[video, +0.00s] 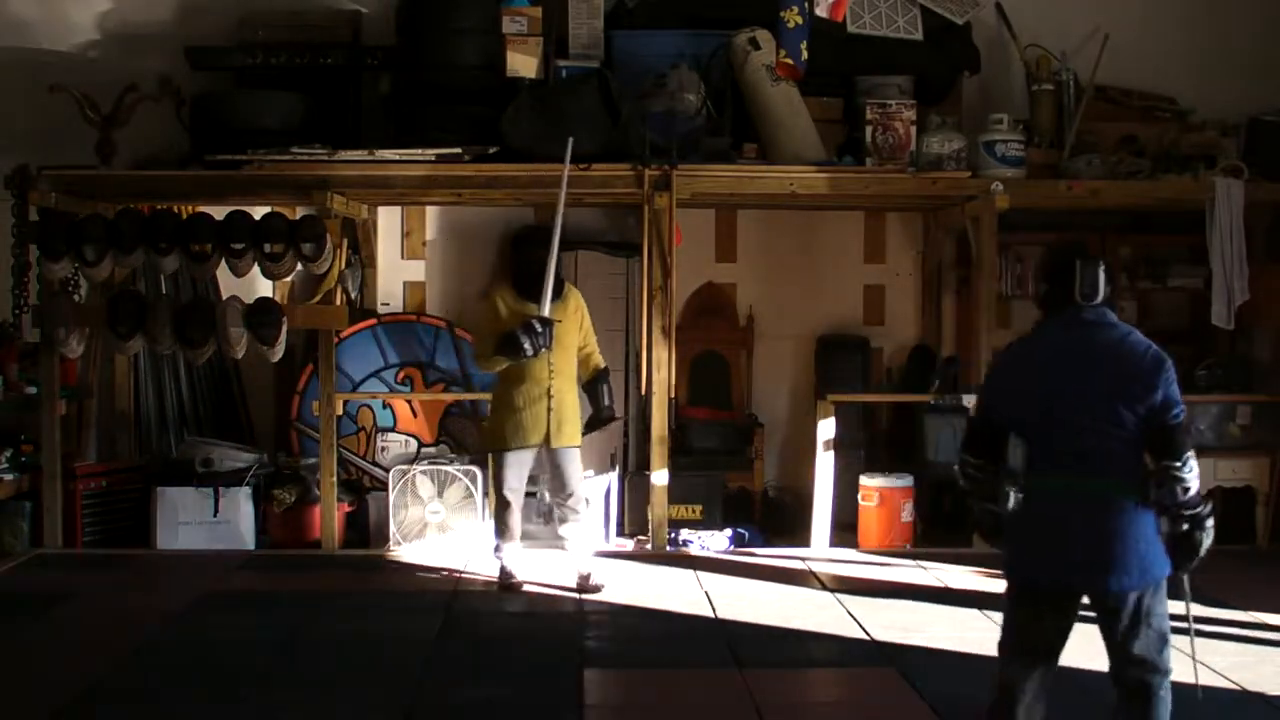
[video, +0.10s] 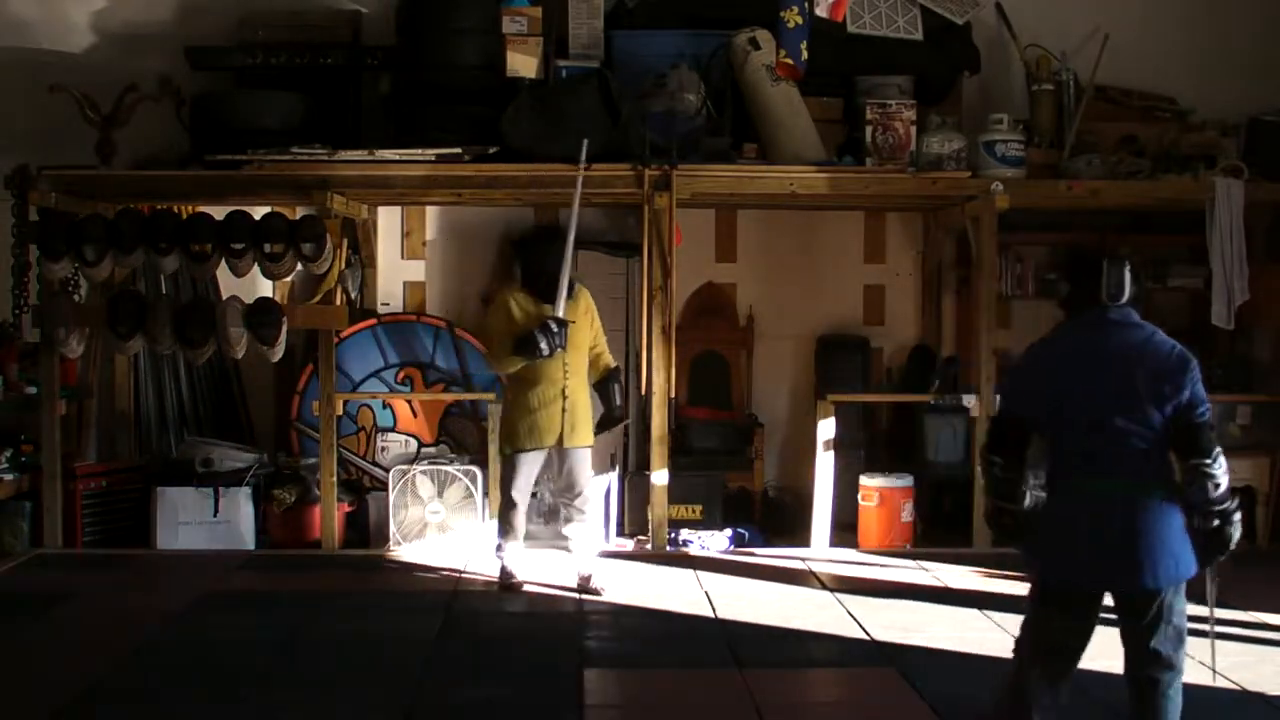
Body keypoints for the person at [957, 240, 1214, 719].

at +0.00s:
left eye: (1044, 288)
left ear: (1044, 292)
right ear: (1104, 291)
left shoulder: (1018, 358)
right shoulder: (1145, 359)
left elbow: (980, 453)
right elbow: (1175, 464)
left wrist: (989, 516)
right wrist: (1190, 523)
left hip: (1041, 530)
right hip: (1124, 535)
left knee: (1022, 670)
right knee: (1145, 678)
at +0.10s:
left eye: (1062, 290)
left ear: (1070, 293)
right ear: (1128, 291)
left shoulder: (1045, 355)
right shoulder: (1170, 358)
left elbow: (1005, 448)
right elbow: (1202, 458)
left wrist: (1006, 513)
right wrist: (1216, 522)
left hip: (1068, 529)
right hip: (1150, 532)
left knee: (1042, 660)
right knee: (1157, 670)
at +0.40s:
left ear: (1117, 289)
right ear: (1172, 288)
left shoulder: (1088, 352)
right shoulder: (1207, 355)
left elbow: (1044, 439)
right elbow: (1242, 444)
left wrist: (1052, 494)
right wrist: (1250, 494)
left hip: (1101, 519)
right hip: (1179, 521)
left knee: (1101, 658)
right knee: (1172, 659)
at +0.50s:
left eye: (1127, 284)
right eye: (1175, 284)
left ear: (1123, 288)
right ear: (1179, 289)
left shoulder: (1093, 352)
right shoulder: (1211, 357)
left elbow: (1050, 440)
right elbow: (1244, 449)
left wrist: (1062, 489)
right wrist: (1258, 470)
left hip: (1106, 520)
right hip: (1182, 523)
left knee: (1112, 655)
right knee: (1175, 660)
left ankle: (1122, 717)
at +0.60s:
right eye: (1176, 285)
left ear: (1124, 289)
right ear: (1179, 290)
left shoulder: (1094, 353)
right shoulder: (1210, 357)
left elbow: (1054, 440)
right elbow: (1246, 455)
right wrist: (1263, 455)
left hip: (1112, 518)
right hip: (1187, 521)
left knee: (1118, 647)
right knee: (1178, 652)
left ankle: (1123, 715)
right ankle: (1167, 719)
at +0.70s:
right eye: (1173, 283)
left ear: (1122, 289)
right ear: (1178, 288)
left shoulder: (1095, 352)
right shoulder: (1212, 352)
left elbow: (1055, 443)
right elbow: (1254, 446)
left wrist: (1059, 499)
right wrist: (1262, 448)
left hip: (1116, 515)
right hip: (1190, 518)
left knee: (1120, 648)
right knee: (1180, 651)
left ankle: (1122, 715)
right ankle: (1168, 718)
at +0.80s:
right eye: (1171, 283)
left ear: (1119, 290)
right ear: (1175, 288)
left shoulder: (1094, 353)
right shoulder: (1212, 349)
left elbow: (1058, 444)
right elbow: (1257, 440)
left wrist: (1064, 502)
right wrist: (1264, 434)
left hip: (1123, 512)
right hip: (1197, 514)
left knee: (1124, 646)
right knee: (1195, 644)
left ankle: (1129, 714)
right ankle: (1180, 715)